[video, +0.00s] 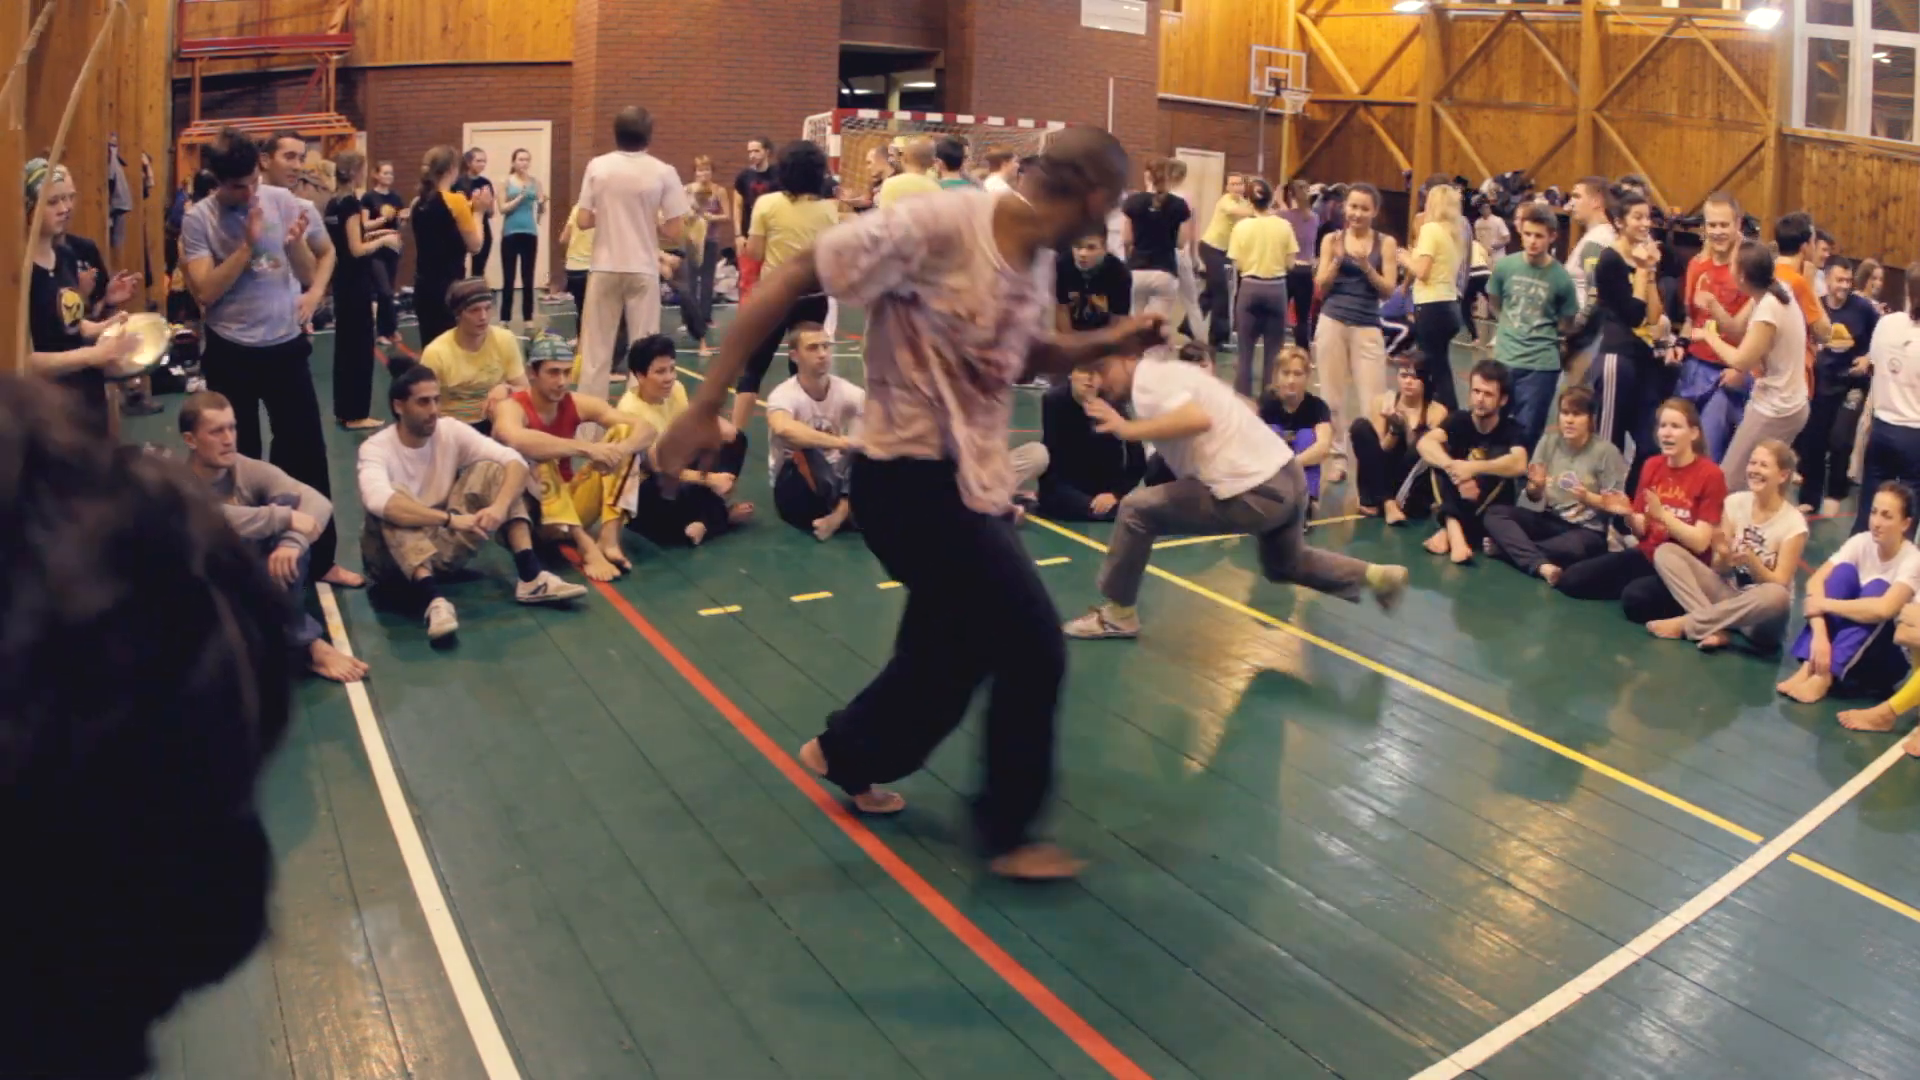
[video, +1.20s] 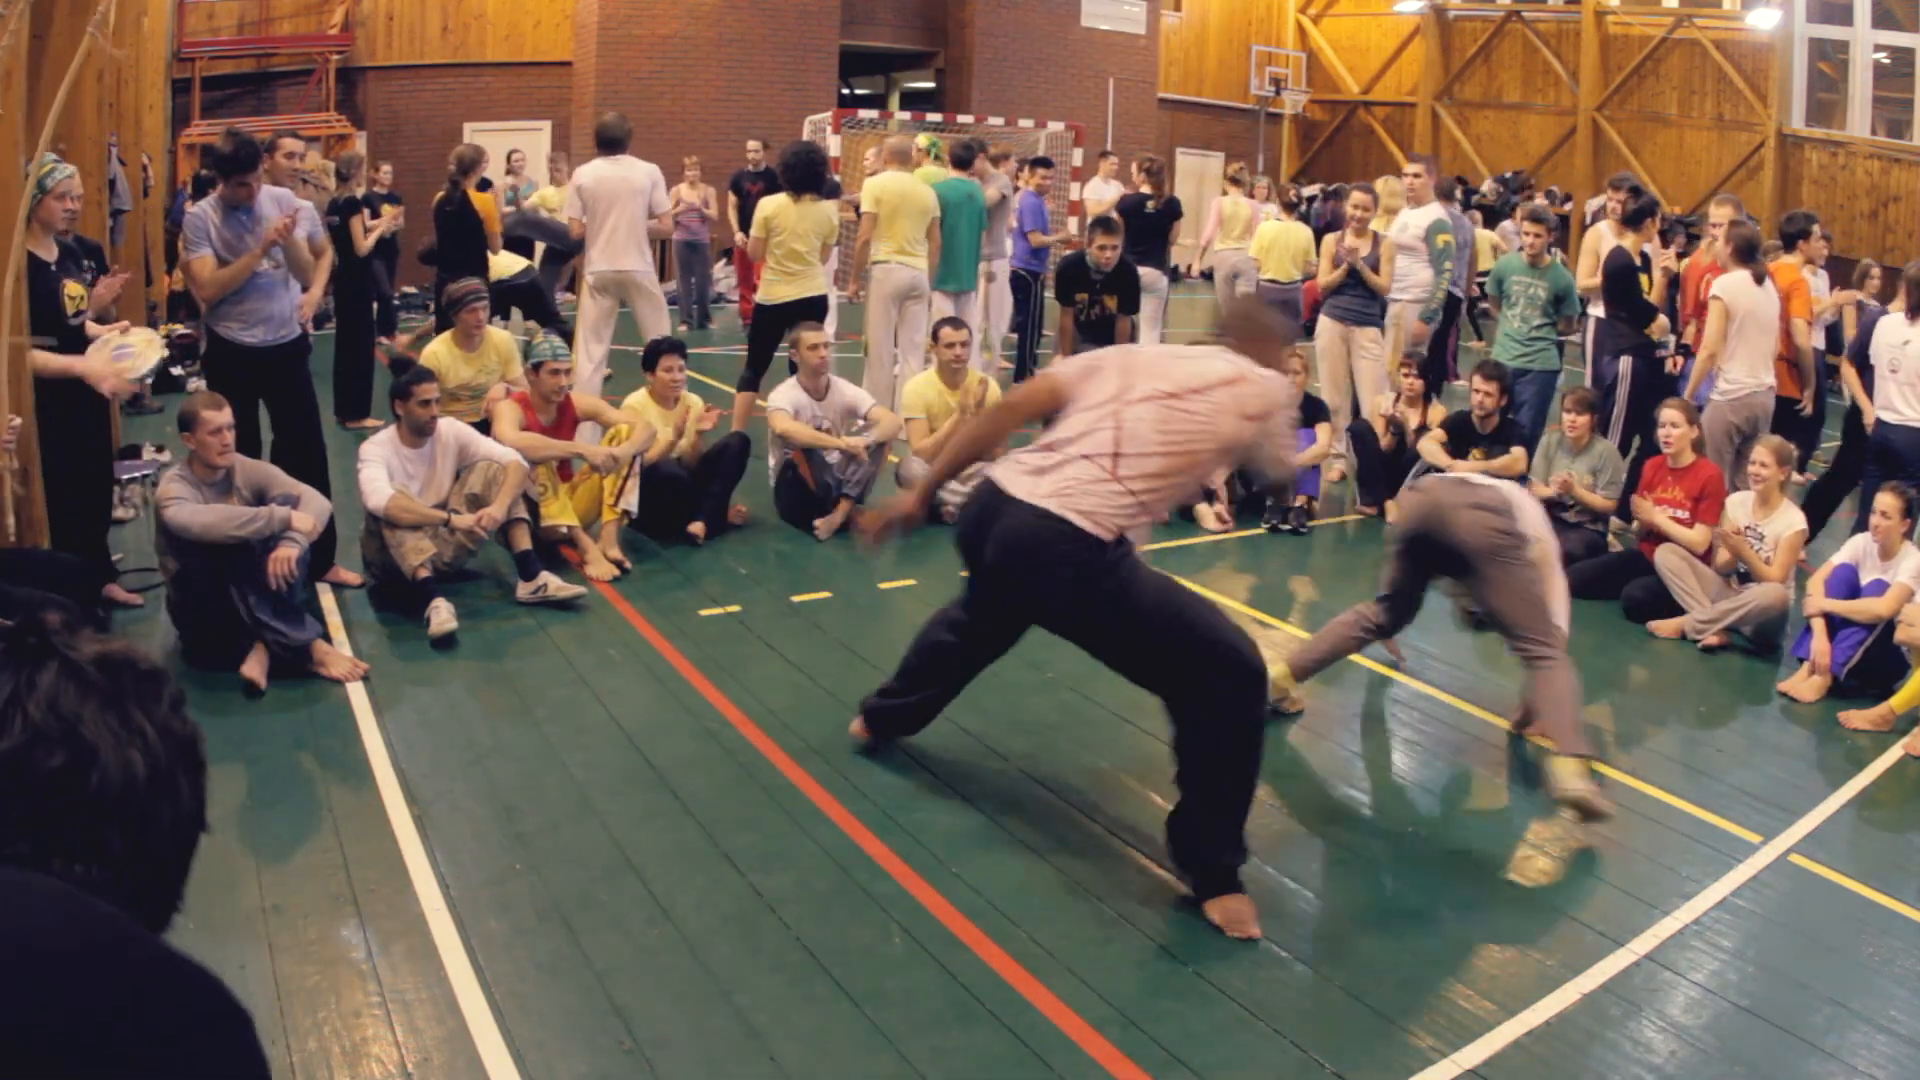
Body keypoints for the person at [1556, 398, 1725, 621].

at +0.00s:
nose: (1666, 433)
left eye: (1675, 426)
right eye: (1662, 426)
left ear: (1694, 433)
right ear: (1656, 430)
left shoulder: (1711, 475)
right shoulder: (1652, 465)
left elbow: (1700, 542)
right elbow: (1641, 529)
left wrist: (1662, 515)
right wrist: (1627, 511)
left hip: (1683, 566)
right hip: (1646, 555)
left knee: (1635, 600)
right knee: (1570, 582)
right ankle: (1636, 581)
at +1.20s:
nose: (1666, 433)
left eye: (1675, 426)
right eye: (1661, 426)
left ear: (1694, 431)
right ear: (1656, 430)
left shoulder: (1710, 475)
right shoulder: (1652, 466)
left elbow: (1699, 544)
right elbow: (1637, 530)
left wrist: (1654, 517)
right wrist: (1645, 517)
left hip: (1682, 565)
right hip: (1645, 555)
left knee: (1635, 600)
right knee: (1572, 580)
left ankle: (1692, 603)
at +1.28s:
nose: (1666, 433)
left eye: (1674, 426)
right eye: (1661, 426)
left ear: (1693, 431)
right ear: (1655, 430)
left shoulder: (1710, 474)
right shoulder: (1650, 466)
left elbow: (1699, 543)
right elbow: (1639, 533)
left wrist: (1657, 515)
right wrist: (1636, 515)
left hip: (1684, 563)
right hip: (1647, 554)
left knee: (1634, 598)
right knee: (1602, 572)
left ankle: (1693, 605)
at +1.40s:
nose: (1665, 433)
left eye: (1674, 426)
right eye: (1660, 426)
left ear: (1691, 431)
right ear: (1654, 430)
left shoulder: (1709, 474)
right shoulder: (1649, 467)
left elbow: (1699, 540)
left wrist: (1653, 515)